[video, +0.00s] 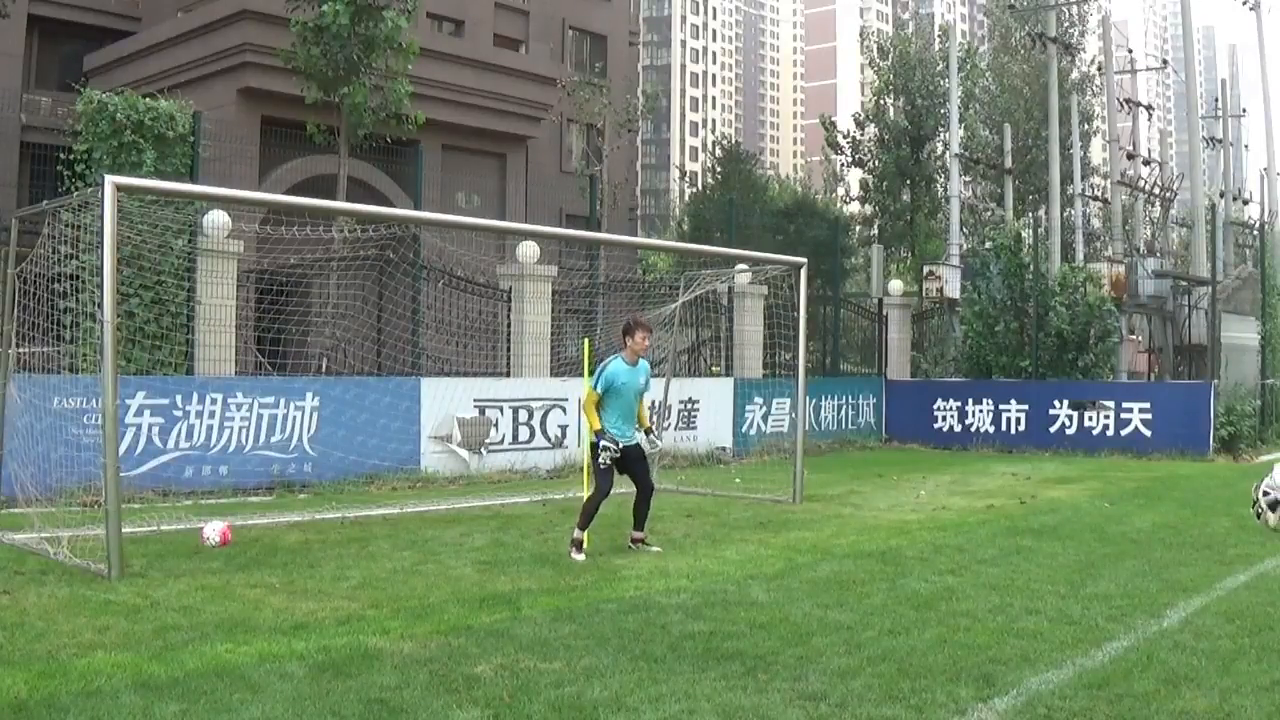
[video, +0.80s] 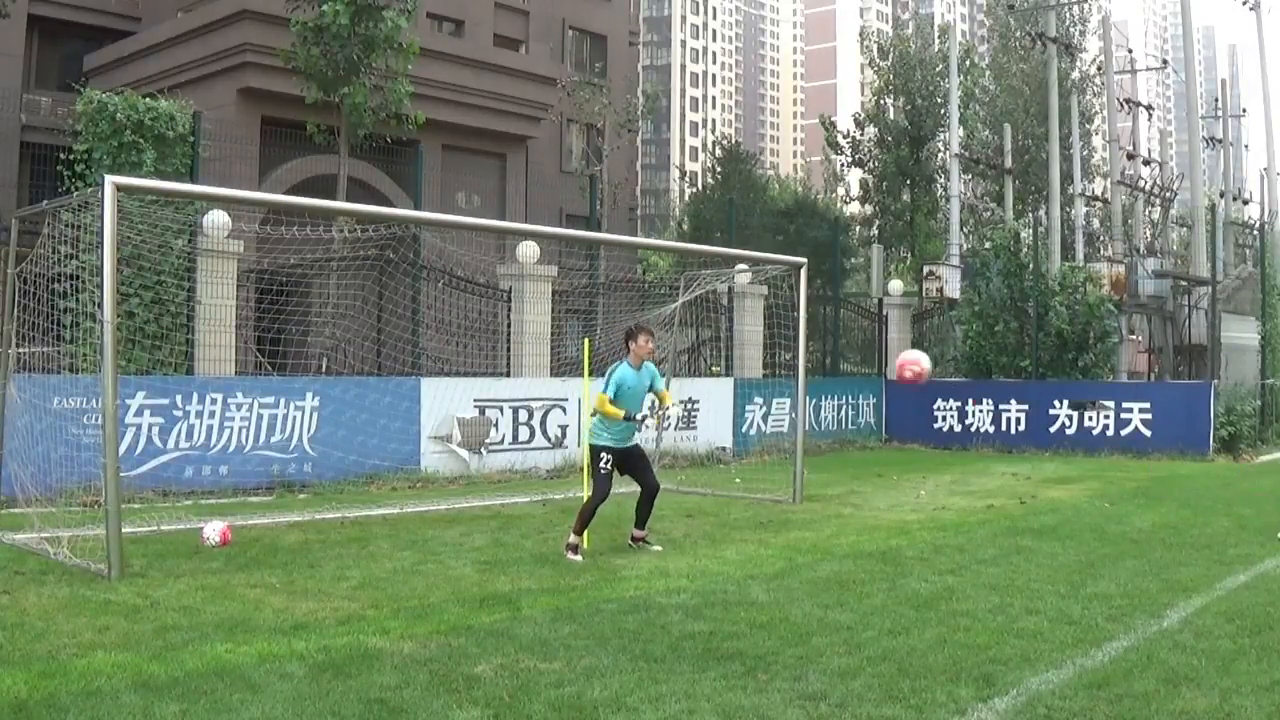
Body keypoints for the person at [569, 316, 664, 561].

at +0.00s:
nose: (647, 344)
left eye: (648, 339)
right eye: (643, 339)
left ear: (646, 341)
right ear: (628, 340)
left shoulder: (644, 368)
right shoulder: (609, 368)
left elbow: (639, 401)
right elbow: (588, 403)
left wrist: (647, 429)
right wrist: (599, 434)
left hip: (630, 442)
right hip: (605, 440)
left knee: (646, 487)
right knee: (602, 489)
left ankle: (637, 538)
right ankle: (578, 537)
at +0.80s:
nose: (652, 346)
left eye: (652, 342)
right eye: (647, 342)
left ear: (648, 346)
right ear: (631, 345)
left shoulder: (650, 371)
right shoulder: (618, 371)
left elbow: (664, 396)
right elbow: (601, 404)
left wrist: (666, 407)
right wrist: (630, 416)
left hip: (627, 443)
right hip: (602, 442)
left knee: (651, 486)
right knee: (601, 492)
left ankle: (638, 537)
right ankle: (573, 541)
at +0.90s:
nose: (649, 338)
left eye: (650, 334)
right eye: (644, 334)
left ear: (650, 339)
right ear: (629, 337)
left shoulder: (651, 359)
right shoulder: (619, 358)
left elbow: (679, 363)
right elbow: (617, 375)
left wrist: (685, 350)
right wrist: (646, 358)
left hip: (627, 436)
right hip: (604, 436)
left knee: (647, 482)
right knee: (595, 489)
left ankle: (638, 536)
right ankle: (572, 539)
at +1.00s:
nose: (641, 324)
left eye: (643, 320)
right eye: (637, 320)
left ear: (644, 323)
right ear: (625, 323)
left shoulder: (648, 343)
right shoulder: (616, 347)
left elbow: (675, 331)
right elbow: (631, 335)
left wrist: (670, 306)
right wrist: (643, 306)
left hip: (632, 423)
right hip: (609, 421)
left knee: (643, 477)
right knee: (594, 482)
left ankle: (641, 529)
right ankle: (567, 533)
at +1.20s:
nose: (629, 350)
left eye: (632, 346)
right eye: (624, 346)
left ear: (635, 349)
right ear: (613, 350)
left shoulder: (639, 366)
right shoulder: (606, 370)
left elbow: (667, 350)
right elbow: (604, 344)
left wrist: (681, 326)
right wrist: (628, 320)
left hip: (630, 443)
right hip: (605, 444)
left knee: (652, 498)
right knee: (603, 495)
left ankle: (647, 536)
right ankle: (575, 536)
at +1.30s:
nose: (622, 354)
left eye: (625, 350)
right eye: (617, 350)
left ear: (628, 353)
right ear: (605, 354)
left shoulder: (634, 374)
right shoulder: (594, 374)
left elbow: (663, 374)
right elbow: (574, 360)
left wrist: (669, 357)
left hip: (625, 450)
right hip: (597, 448)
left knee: (644, 496)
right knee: (600, 496)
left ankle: (646, 537)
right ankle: (592, 543)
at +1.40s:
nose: (609, 349)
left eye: (612, 344)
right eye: (604, 344)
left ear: (614, 346)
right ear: (591, 347)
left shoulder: (616, 369)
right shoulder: (573, 368)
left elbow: (618, 394)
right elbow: (538, 384)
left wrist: (631, 407)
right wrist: (557, 396)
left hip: (597, 443)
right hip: (570, 441)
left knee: (624, 488)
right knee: (584, 494)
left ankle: (626, 528)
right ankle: (577, 534)